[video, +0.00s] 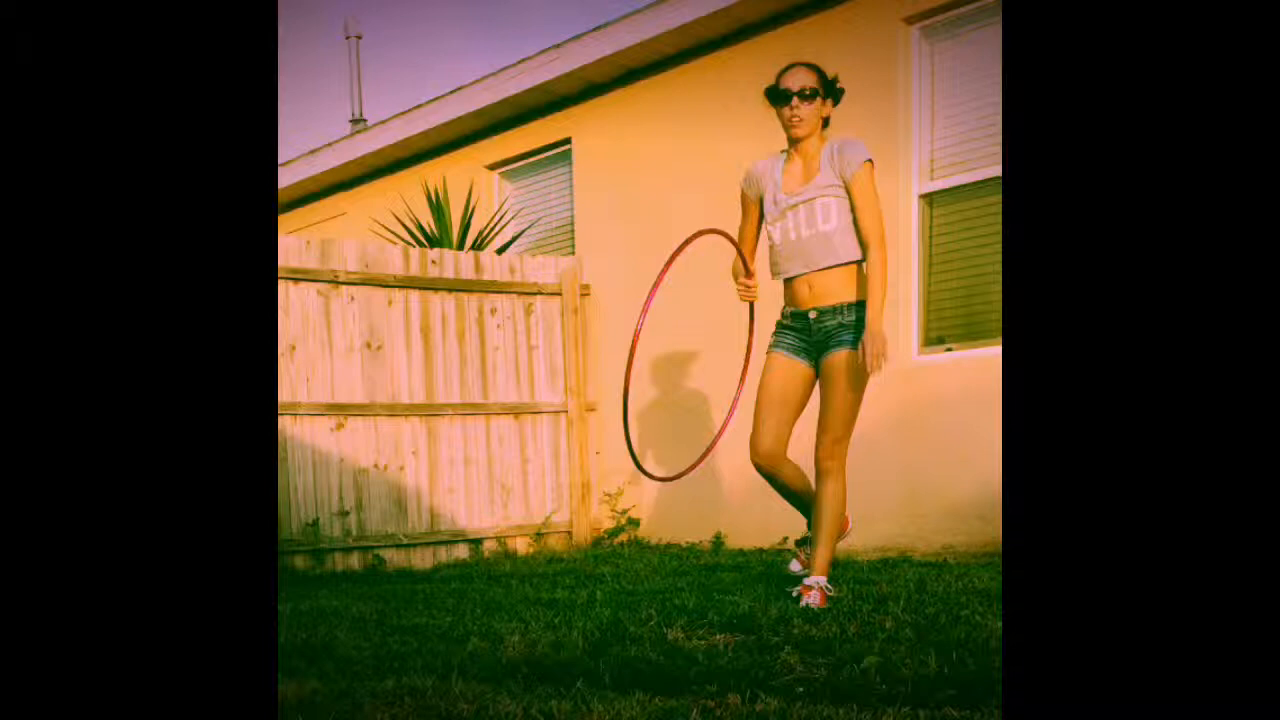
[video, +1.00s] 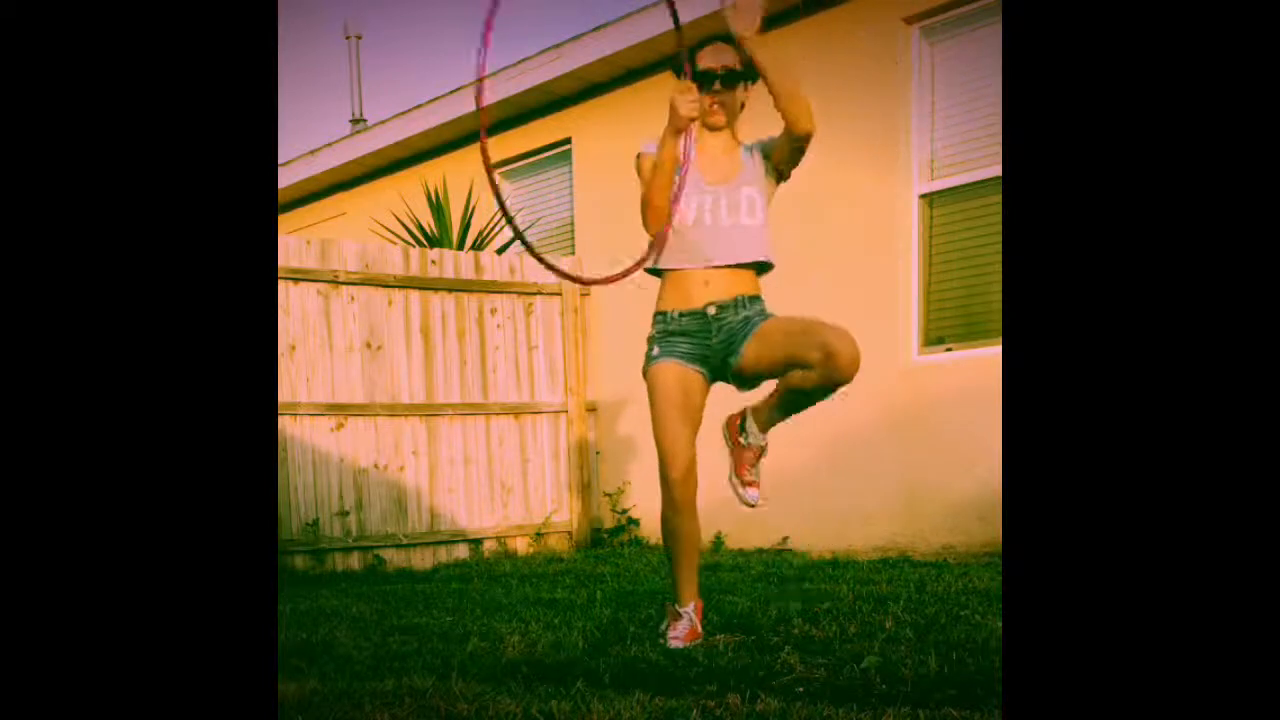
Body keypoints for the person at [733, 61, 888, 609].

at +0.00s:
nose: (794, 106)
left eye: (806, 96)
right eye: (784, 98)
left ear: (828, 105)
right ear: (774, 109)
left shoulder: (846, 155)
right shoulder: (761, 174)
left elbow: (875, 245)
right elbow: (744, 250)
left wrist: (873, 326)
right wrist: (746, 278)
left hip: (846, 321)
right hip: (793, 325)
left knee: (829, 456)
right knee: (765, 453)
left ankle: (816, 581)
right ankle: (829, 521)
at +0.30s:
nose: (797, 93)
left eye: (808, 83)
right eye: (786, 84)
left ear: (823, 92)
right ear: (768, 92)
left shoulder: (842, 158)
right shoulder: (748, 157)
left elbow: (883, 253)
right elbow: (703, 246)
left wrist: (941, 312)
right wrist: (740, 228)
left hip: (828, 316)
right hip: (766, 315)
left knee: (814, 458)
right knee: (764, 444)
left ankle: (813, 581)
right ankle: (751, 576)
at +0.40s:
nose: (789, 98)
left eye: (800, 87)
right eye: (777, 87)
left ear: (814, 93)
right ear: (762, 94)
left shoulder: (830, 167)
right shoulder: (738, 158)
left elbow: (859, 260)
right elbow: (702, 251)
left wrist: (938, 264)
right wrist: (729, 217)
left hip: (822, 321)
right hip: (758, 319)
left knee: (812, 458)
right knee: (745, 445)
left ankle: (812, 580)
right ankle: (725, 577)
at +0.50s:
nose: (779, 100)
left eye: (790, 89)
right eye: (767, 89)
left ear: (805, 98)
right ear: (751, 96)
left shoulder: (820, 171)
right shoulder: (725, 160)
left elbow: (865, 254)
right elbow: (692, 251)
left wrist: (912, 190)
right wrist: (711, 210)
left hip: (810, 326)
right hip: (743, 324)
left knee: (800, 467)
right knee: (726, 451)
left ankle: (803, 581)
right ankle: (699, 591)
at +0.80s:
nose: (739, 89)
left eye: (751, 78)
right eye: (727, 78)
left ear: (767, 85)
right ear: (710, 84)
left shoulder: (773, 156)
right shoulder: (677, 147)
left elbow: (826, 161)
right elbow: (647, 228)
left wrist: (872, 91)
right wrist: (636, 173)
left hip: (752, 316)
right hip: (684, 314)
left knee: (803, 450)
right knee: (690, 463)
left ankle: (728, 499)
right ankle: (686, 607)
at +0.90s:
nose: (725, 88)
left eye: (737, 78)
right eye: (714, 78)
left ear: (753, 87)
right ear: (698, 86)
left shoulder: (764, 156)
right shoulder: (668, 147)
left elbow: (807, 148)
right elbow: (642, 224)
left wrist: (799, 62)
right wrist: (639, 143)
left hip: (747, 319)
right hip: (677, 321)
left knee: (828, 405)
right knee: (681, 467)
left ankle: (724, 421)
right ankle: (686, 608)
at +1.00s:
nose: (717, 91)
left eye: (729, 80)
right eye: (705, 80)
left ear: (747, 90)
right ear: (687, 90)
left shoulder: (762, 158)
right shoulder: (663, 156)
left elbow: (801, 127)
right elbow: (655, 225)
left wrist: (751, 43)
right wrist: (671, 134)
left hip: (745, 320)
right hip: (677, 329)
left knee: (838, 353)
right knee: (677, 474)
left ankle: (752, 428)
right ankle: (686, 608)